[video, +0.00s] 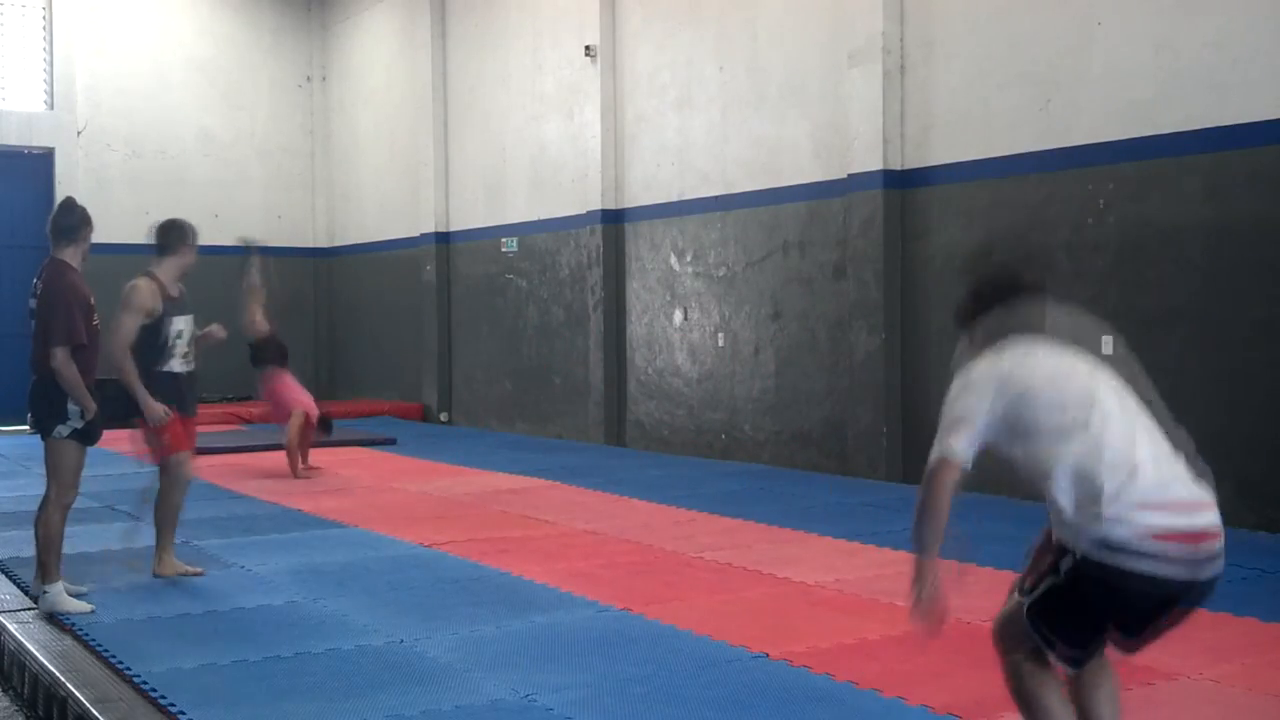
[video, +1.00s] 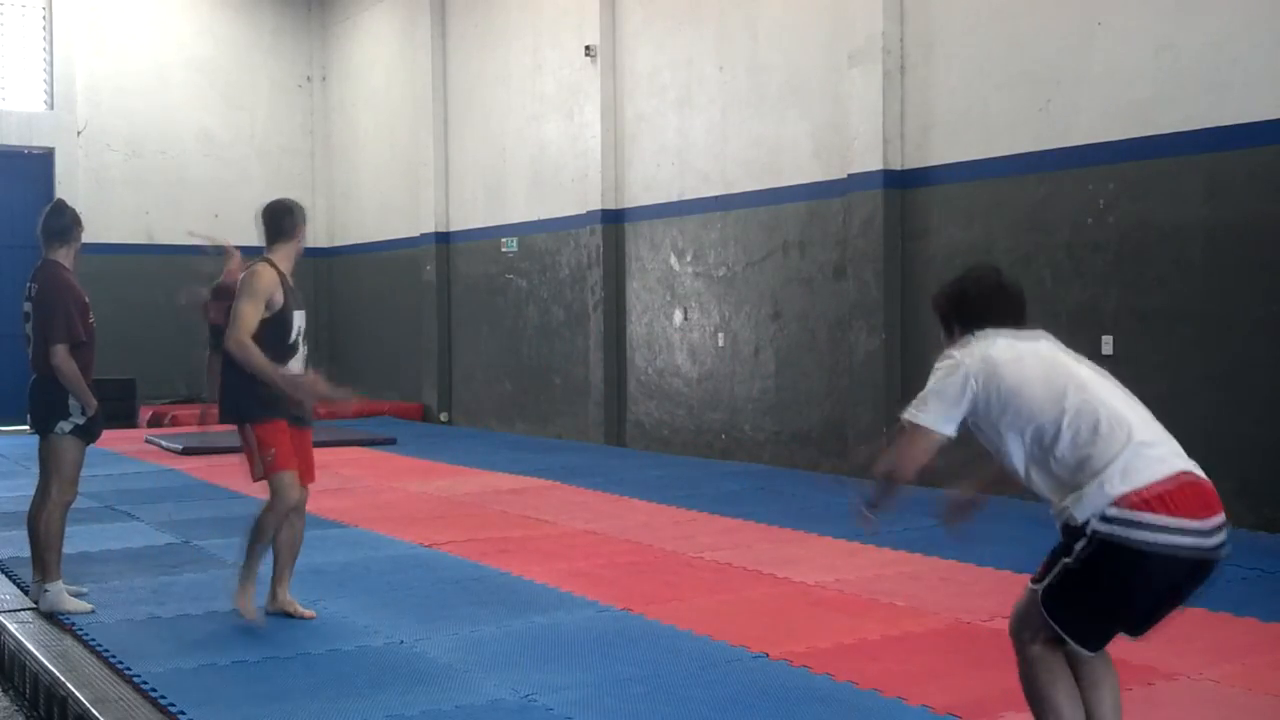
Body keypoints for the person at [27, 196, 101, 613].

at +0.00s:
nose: (93, 238)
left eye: (90, 232)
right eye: (92, 232)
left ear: (56, 234)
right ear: (88, 235)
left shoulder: (51, 275)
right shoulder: (66, 283)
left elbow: (52, 350)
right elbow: (60, 357)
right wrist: (87, 403)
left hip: (53, 393)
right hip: (63, 397)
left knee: (57, 493)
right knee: (61, 496)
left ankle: (47, 577)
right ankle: (51, 588)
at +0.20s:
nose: (89, 236)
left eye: (86, 231)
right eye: (89, 231)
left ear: (52, 234)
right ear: (84, 234)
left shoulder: (46, 276)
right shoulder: (67, 284)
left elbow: (45, 348)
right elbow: (65, 357)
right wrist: (93, 403)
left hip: (51, 394)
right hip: (67, 398)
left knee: (52, 490)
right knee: (64, 496)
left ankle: (45, 578)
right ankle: (52, 589)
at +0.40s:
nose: (88, 236)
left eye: (84, 230)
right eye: (87, 231)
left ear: (49, 235)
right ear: (83, 234)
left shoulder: (42, 275)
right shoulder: (68, 284)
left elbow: (42, 345)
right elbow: (67, 356)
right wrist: (94, 403)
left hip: (46, 391)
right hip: (67, 396)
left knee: (49, 489)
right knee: (64, 494)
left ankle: (44, 580)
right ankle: (52, 590)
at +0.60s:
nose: (85, 237)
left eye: (81, 231)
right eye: (85, 232)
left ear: (47, 235)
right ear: (81, 235)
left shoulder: (41, 276)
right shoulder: (65, 285)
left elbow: (40, 346)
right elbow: (64, 356)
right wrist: (92, 402)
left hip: (46, 392)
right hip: (65, 396)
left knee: (47, 490)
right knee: (62, 495)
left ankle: (44, 579)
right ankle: (51, 590)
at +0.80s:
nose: (84, 235)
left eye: (79, 229)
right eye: (83, 230)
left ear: (45, 235)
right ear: (79, 234)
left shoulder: (41, 277)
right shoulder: (61, 284)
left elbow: (44, 349)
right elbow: (60, 356)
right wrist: (90, 400)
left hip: (48, 392)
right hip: (64, 396)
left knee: (47, 490)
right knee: (62, 495)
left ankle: (44, 579)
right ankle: (51, 590)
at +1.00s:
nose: (84, 236)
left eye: (79, 230)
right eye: (83, 230)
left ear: (45, 235)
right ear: (78, 234)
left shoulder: (41, 277)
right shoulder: (60, 284)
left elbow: (40, 349)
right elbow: (59, 355)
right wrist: (89, 400)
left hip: (48, 393)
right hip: (64, 397)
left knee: (47, 491)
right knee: (61, 495)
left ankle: (43, 579)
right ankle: (51, 589)